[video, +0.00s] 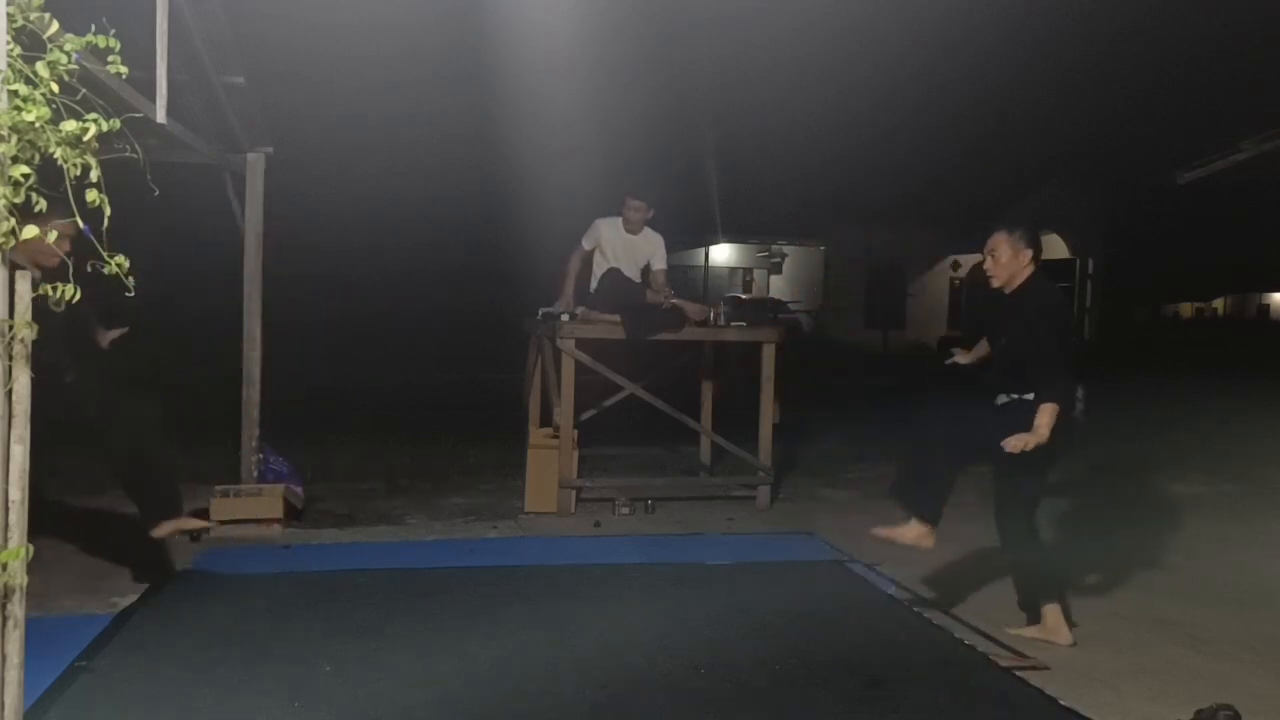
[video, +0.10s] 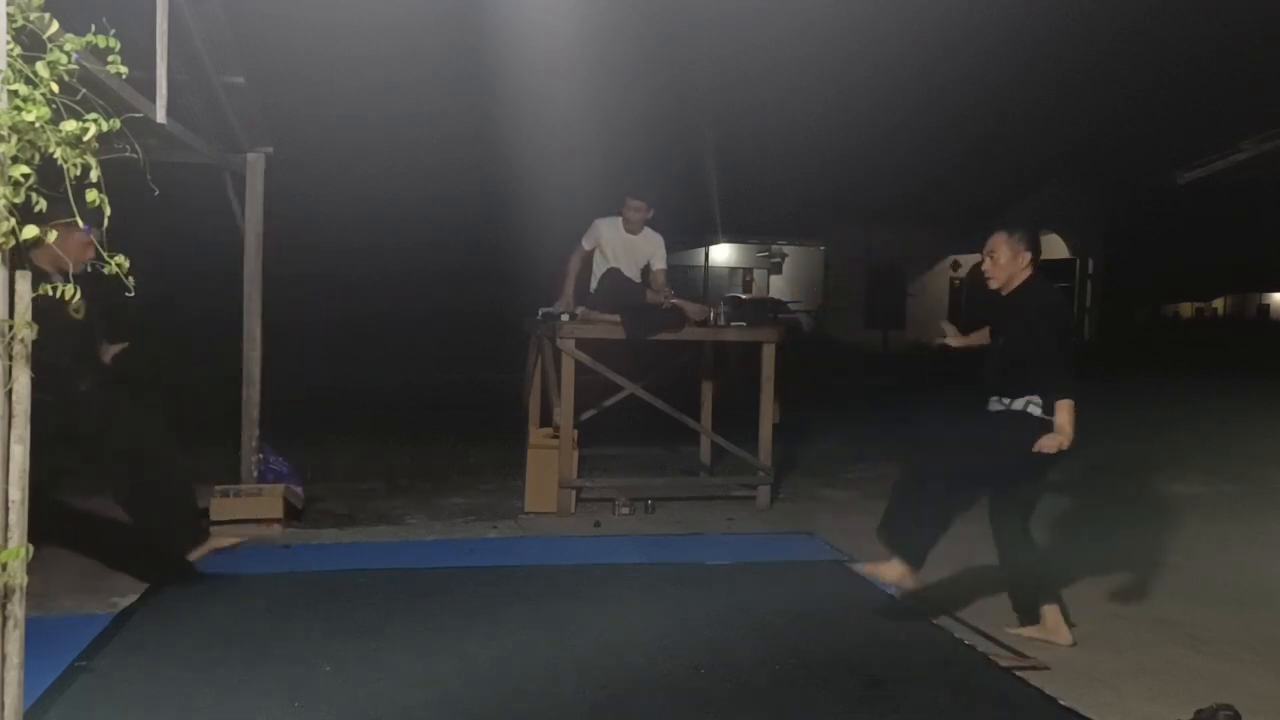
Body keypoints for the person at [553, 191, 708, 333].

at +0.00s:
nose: (630, 214)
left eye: (637, 211)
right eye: (627, 208)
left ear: (649, 214)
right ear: (622, 208)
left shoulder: (655, 241)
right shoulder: (602, 227)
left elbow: (659, 282)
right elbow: (577, 257)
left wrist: (670, 297)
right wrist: (567, 295)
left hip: (635, 301)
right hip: (600, 298)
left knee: (675, 317)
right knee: (613, 276)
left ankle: (603, 316)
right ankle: (680, 306)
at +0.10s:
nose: (630, 214)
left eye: (637, 211)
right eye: (627, 208)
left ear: (649, 214)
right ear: (622, 208)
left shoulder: (655, 241)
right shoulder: (602, 227)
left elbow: (659, 282)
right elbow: (577, 257)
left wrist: (669, 297)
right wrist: (567, 295)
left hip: (634, 301)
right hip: (600, 298)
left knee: (675, 317)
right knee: (613, 276)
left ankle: (603, 316)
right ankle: (680, 306)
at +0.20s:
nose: (630, 215)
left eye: (637, 211)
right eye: (627, 209)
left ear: (649, 214)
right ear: (622, 208)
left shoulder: (655, 241)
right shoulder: (602, 227)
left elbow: (659, 283)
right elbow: (577, 257)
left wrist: (670, 297)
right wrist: (567, 295)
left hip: (634, 301)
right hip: (600, 299)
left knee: (675, 317)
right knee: (613, 276)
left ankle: (604, 316)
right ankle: (681, 306)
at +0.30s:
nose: (630, 215)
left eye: (637, 211)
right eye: (627, 209)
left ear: (649, 214)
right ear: (622, 208)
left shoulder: (655, 241)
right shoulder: (602, 227)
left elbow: (659, 284)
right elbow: (576, 257)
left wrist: (671, 299)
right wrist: (567, 295)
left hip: (634, 301)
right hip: (600, 298)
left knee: (675, 317)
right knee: (613, 277)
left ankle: (603, 317)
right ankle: (682, 306)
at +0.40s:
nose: (629, 214)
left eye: (637, 210)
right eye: (627, 209)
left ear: (649, 214)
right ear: (622, 208)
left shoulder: (655, 241)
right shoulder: (602, 227)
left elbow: (659, 284)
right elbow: (576, 258)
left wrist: (671, 298)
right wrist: (567, 295)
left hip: (634, 301)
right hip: (600, 299)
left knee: (675, 317)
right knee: (613, 277)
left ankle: (604, 316)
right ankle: (681, 306)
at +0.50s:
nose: (632, 216)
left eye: (639, 211)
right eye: (628, 209)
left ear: (650, 214)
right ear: (623, 207)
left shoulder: (655, 241)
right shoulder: (601, 227)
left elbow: (659, 284)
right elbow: (577, 256)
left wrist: (667, 296)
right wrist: (567, 295)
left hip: (634, 301)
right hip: (600, 298)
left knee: (674, 317)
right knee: (613, 276)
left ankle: (603, 317)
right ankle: (679, 306)